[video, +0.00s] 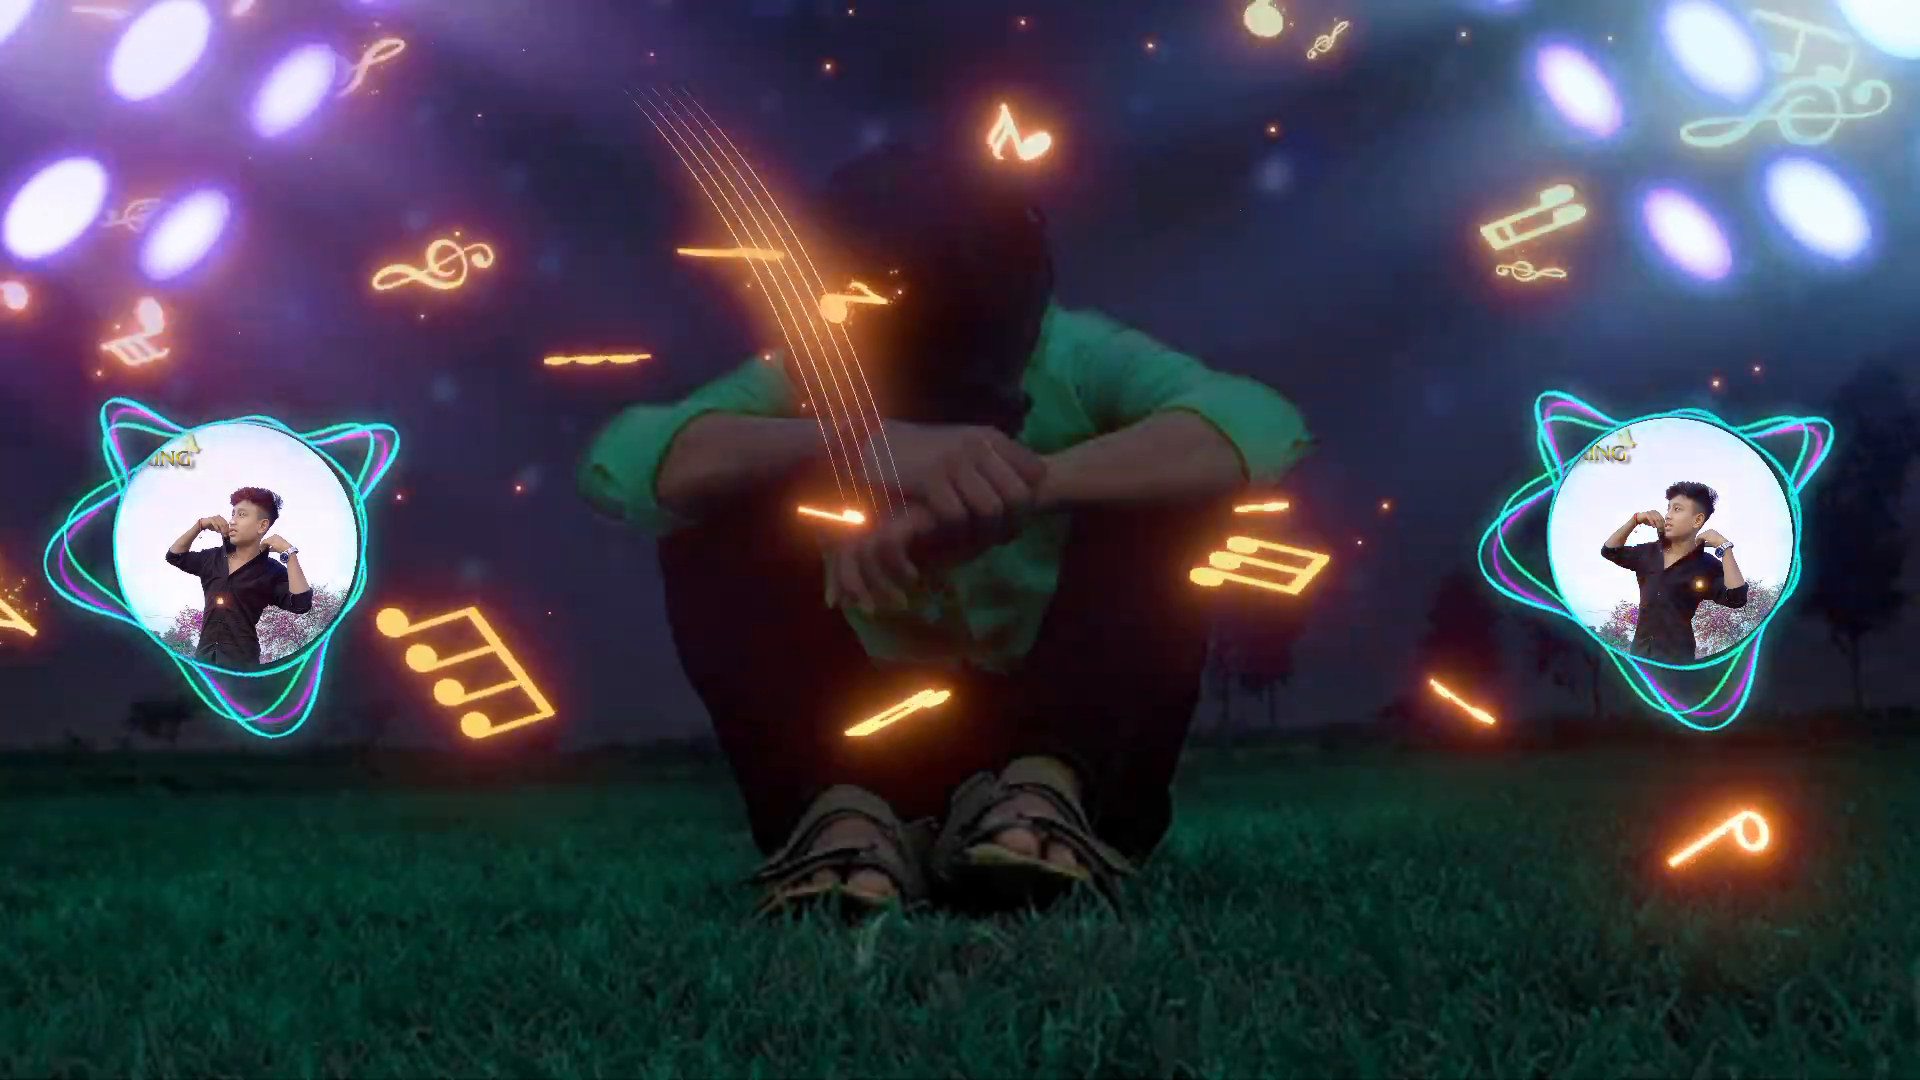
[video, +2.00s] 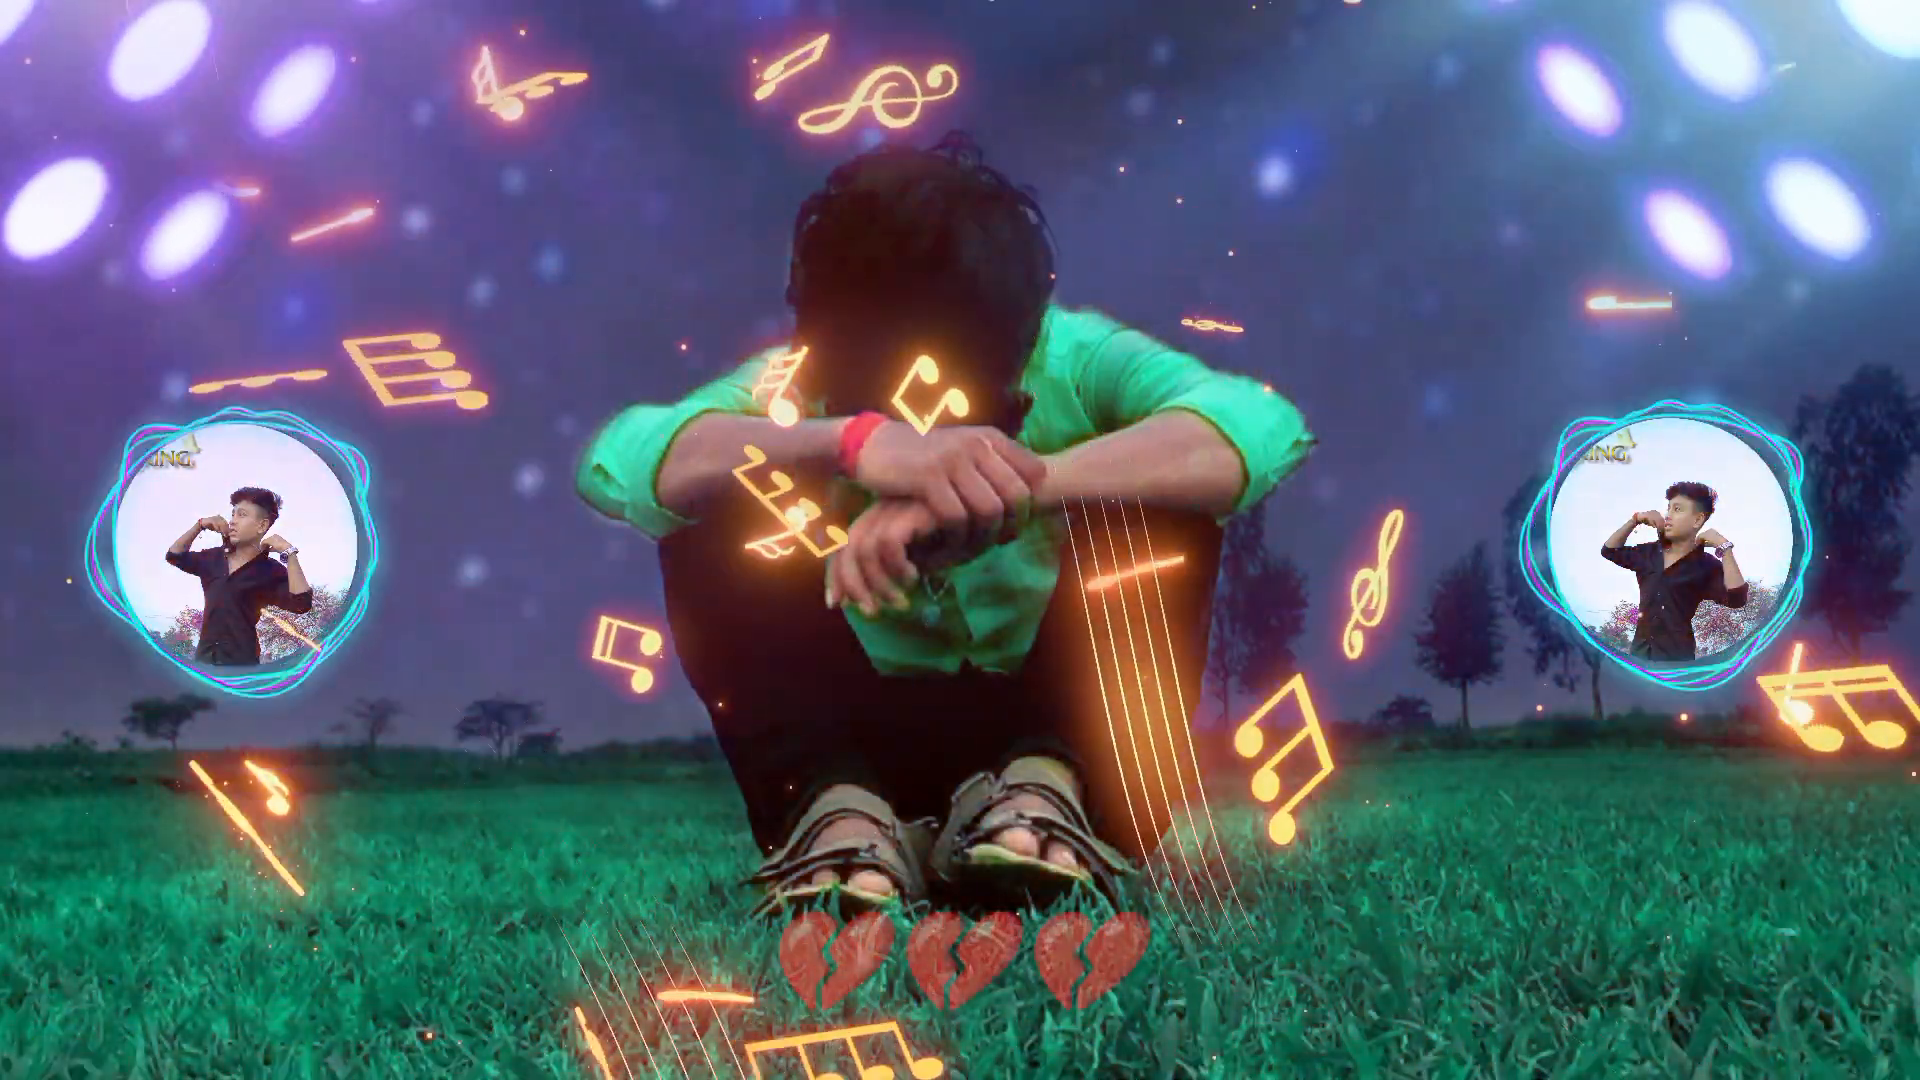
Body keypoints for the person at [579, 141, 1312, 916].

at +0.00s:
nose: (935, 401)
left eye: (968, 380)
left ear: (1011, 329)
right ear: (852, 316)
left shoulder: (1074, 353)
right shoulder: (810, 380)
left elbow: (1266, 428)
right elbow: (616, 462)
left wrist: (999, 492)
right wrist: (869, 445)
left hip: (1049, 741)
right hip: (863, 749)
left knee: (1153, 500)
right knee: (715, 522)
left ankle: (1041, 788)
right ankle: (833, 816)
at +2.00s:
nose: (926, 449)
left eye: (964, 414)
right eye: (884, 407)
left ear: (1021, 349)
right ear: (816, 353)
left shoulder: (1070, 353)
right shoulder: (789, 384)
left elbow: (1262, 430)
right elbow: (610, 467)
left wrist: (998, 491)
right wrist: (853, 444)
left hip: (1036, 717)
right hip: (860, 725)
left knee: (1161, 499)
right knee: (712, 515)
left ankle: (1039, 786)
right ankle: (835, 812)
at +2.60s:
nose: (916, 449)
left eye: (943, 415)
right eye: (876, 406)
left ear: (1011, 362)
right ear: (816, 359)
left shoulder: (1075, 354)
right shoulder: (803, 376)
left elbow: (1262, 431)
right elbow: (611, 466)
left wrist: (979, 494)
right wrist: (855, 445)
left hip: (1046, 722)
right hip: (870, 728)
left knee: (1161, 499)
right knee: (710, 512)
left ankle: (1044, 786)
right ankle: (835, 811)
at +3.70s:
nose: (932, 460)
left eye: (964, 421)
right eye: (891, 423)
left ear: (1020, 354)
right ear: (821, 371)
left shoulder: (1076, 354)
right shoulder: (794, 383)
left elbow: (1264, 430)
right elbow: (611, 468)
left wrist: (1001, 491)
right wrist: (853, 446)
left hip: (1049, 744)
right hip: (866, 746)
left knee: (1164, 486)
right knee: (717, 507)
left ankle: (1044, 789)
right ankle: (833, 815)